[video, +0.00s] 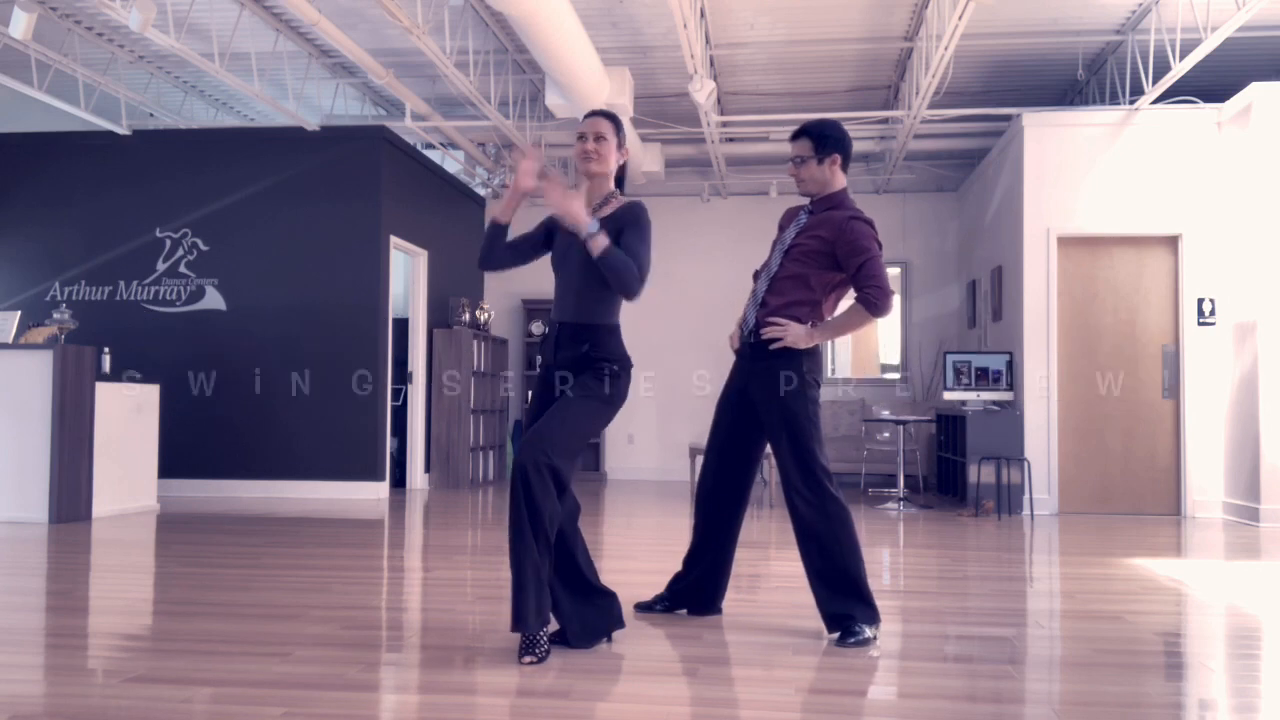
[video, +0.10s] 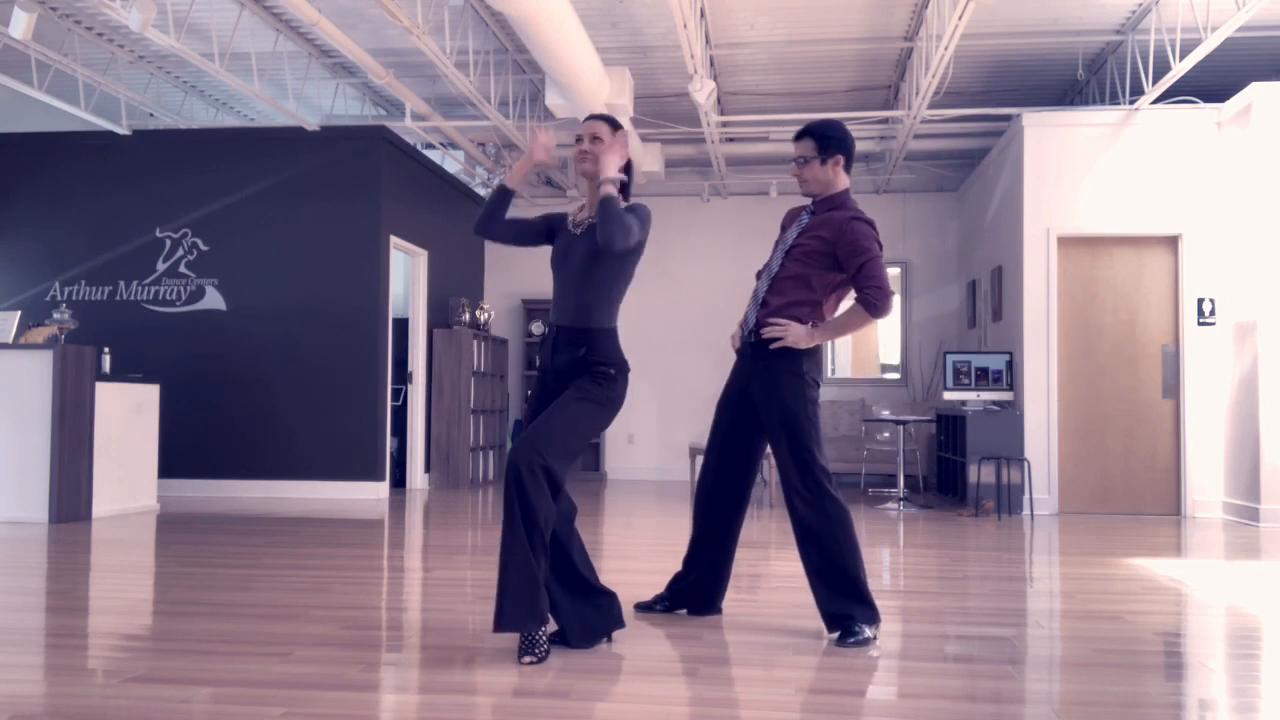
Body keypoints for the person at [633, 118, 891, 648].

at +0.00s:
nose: (792, 169)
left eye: (801, 161)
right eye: (791, 161)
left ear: (833, 163)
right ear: (812, 164)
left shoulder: (850, 224)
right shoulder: (797, 217)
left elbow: (877, 301)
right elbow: (770, 278)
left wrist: (816, 334)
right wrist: (743, 324)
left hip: (787, 365)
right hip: (750, 360)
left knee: (810, 489)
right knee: (721, 480)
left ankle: (854, 617)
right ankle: (697, 592)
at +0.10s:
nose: (795, 169)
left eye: (804, 161)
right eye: (794, 161)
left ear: (836, 164)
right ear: (814, 165)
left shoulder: (851, 224)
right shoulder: (799, 217)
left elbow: (877, 301)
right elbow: (780, 281)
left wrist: (817, 334)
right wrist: (746, 325)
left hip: (787, 363)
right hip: (751, 358)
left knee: (808, 486)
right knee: (722, 478)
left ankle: (854, 616)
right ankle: (697, 591)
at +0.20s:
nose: (796, 168)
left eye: (805, 160)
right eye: (796, 160)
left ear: (838, 164)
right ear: (816, 164)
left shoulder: (851, 224)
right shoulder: (800, 217)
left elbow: (876, 301)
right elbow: (783, 281)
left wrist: (817, 334)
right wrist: (748, 325)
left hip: (786, 364)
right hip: (751, 359)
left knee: (808, 487)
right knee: (721, 479)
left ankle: (855, 616)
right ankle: (697, 592)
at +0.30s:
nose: (796, 167)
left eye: (806, 158)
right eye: (796, 159)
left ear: (839, 164)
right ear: (811, 164)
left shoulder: (851, 224)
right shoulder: (800, 217)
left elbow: (876, 301)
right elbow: (782, 281)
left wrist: (816, 334)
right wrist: (748, 326)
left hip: (787, 364)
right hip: (752, 359)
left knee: (809, 487)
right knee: (722, 479)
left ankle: (855, 616)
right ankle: (697, 591)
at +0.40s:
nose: (796, 165)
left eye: (806, 156)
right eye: (796, 157)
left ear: (839, 163)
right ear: (807, 164)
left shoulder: (849, 222)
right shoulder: (799, 217)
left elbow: (875, 299)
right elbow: (783, 280)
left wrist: (817, 335)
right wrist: (748, 326)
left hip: (787, 364)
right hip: (752, 359)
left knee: (809, 487)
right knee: (721, 479)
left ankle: (855, 616)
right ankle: (697, 591)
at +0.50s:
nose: (795, 164)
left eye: (805, 156)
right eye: (794, 156)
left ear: (837, 162)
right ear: (806, 164)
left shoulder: (848, 221)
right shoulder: (798, 217)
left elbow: (874, 298)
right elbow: (780, 280)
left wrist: (817, 334)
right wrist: (747, 325)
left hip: (787, 364)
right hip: (751, 359)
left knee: (807, 487)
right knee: (721, 479)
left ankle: (855, 616)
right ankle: (697, 591)